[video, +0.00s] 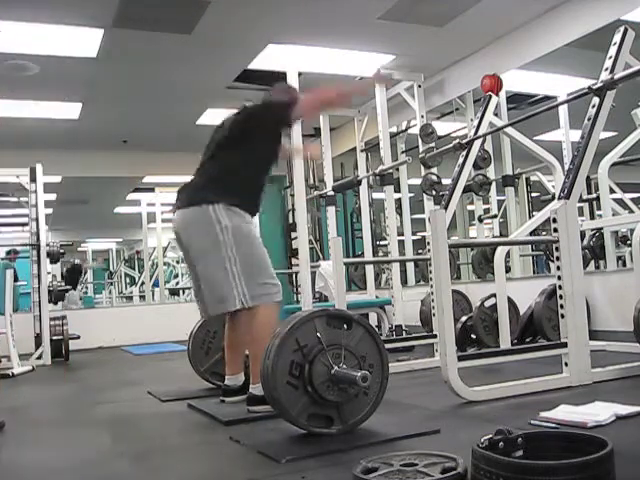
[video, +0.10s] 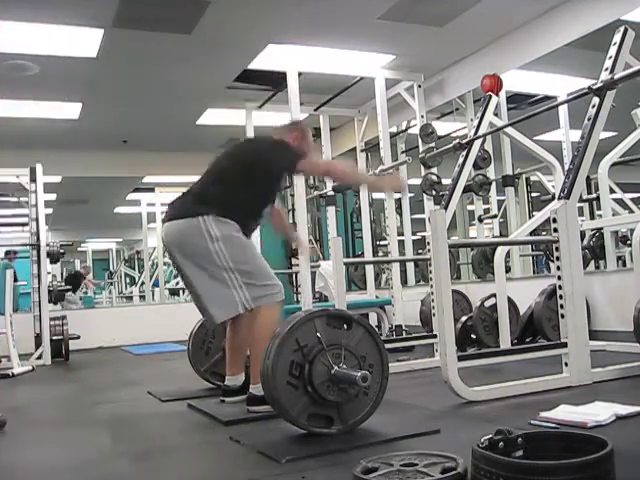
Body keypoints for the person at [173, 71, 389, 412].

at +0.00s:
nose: (298, 115)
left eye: (295, 107)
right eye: (297, 107)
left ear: (267, 100)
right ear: (287, 101)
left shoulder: (237, 123)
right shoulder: (267, 112)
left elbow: (271, 151)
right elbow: (324, 99)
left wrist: (304, 152)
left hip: (189, 213)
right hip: (217, 208)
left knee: (238, 302)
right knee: (266, 295)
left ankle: (233, 382)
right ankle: (259, 389)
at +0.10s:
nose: (308, 156)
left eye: (309, 151)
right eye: (308, 150)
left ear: (283, 136)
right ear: (296, 138)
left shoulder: (247, 153)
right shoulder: (278, 151)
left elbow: (274, 214)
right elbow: (332, 169)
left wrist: (296, 241)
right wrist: (375, 181)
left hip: (176, 226)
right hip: (207, 223)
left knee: (241, 305)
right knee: (269, 296)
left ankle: (233, 382)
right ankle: (258, 390)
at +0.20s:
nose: (308, 193)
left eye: (311, 188)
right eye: (310, 187)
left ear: (290, 169)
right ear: (301, 176)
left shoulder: (254, 181)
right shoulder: (281, 181)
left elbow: (254, 245)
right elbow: (319, 225)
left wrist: (265, 287)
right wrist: (360, 258)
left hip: (172, 239)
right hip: (200, 234)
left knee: (244, 308)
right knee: (271, 296)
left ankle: (234, 383)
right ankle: (259, 391)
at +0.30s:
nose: (311, 222)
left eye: (314, 218)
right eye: (314, 214)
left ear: (296, 195)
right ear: (307, 201)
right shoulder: (281, 201)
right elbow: (308, 255)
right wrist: (344, 304)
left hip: (170, 244)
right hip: (197, 240)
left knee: (246, 306)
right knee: (271, 297)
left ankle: (233, 383)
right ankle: (259, 391)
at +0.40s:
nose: (310, 228)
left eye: (315, 223)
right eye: (315, 220)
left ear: (301, 203)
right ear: (308, 207)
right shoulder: (282, 204)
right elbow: (300, 262)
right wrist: (333, 312)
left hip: (171, 244)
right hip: (197, 239)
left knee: (250, 305)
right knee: (272, 296)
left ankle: (235, 383)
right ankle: (260, 391)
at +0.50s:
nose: (313, 223)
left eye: (318, 220)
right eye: (318, 216)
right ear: (308, 199)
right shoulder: (281, 199)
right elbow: (284, 250)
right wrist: (314, 305)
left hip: (172, 241)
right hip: (199, 236)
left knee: (248, 306)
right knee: (272, 297)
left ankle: (234, 385)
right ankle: (259, 391)